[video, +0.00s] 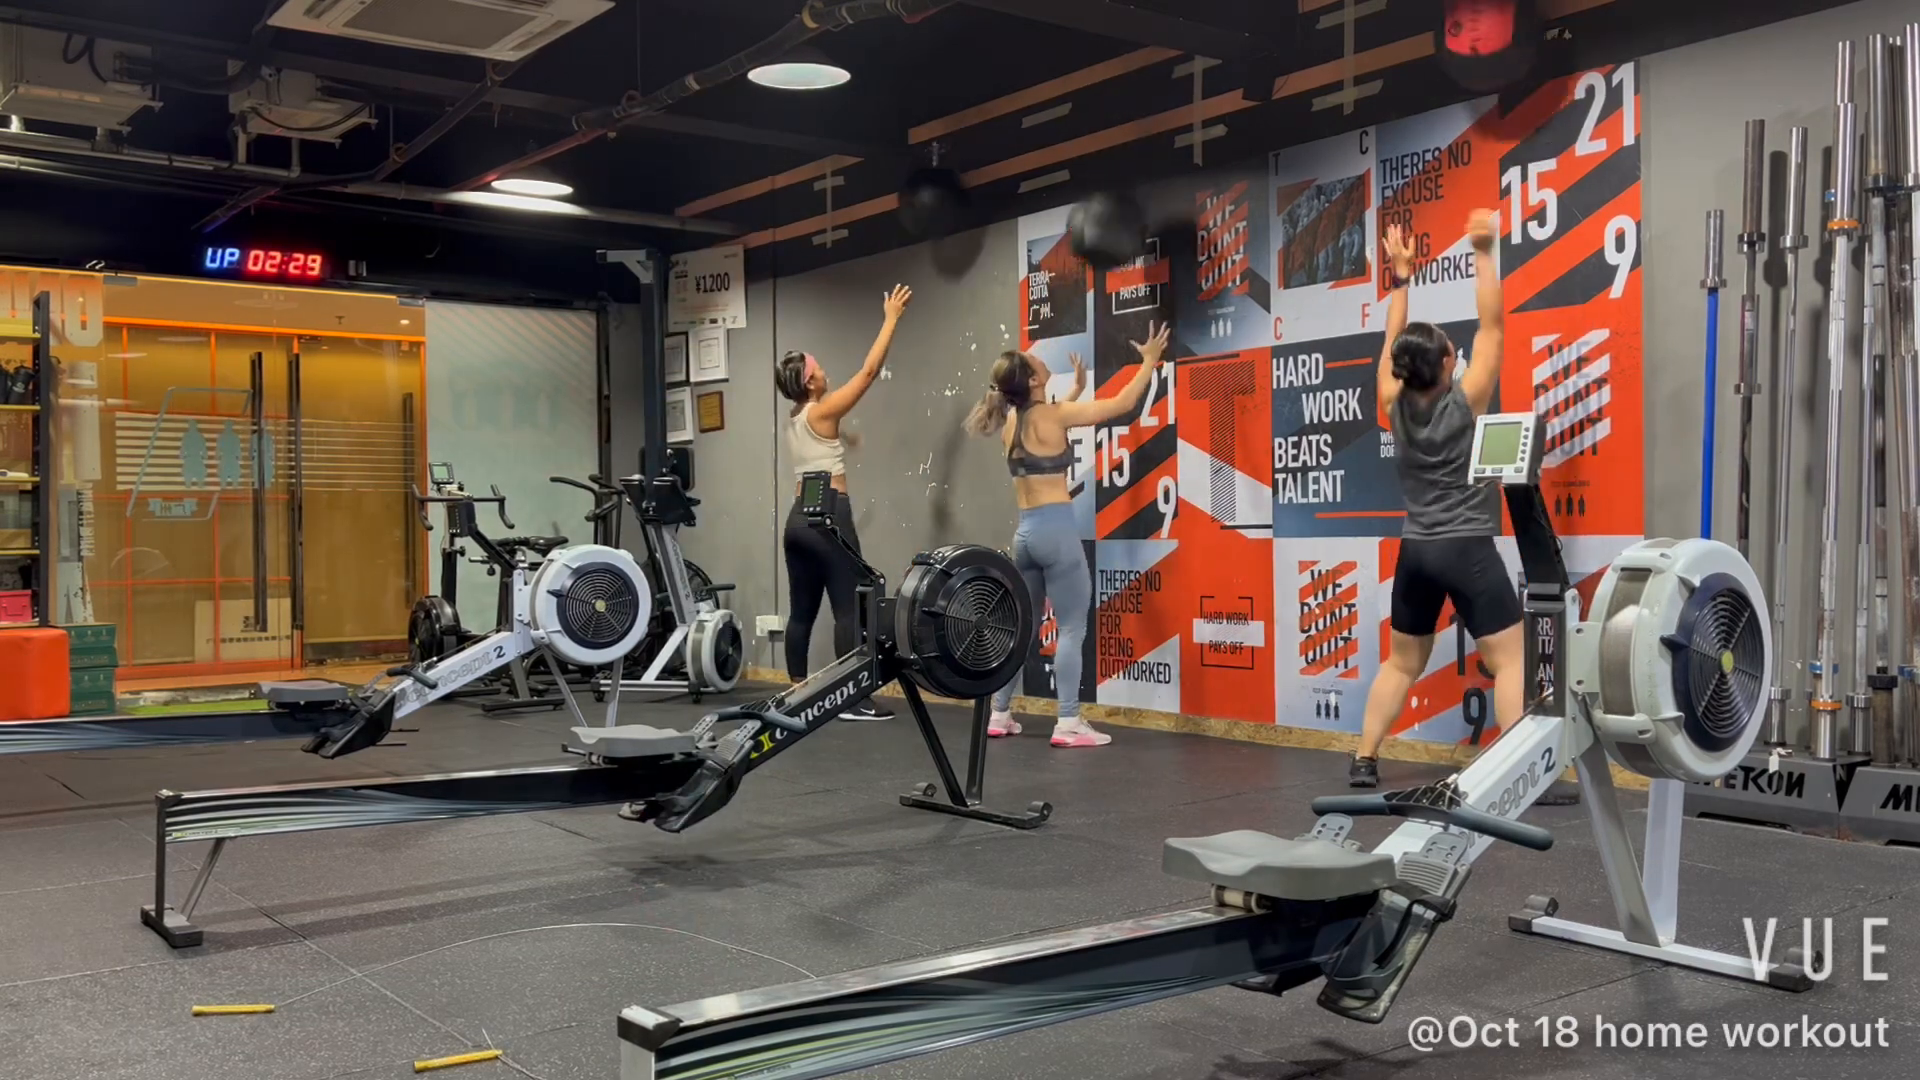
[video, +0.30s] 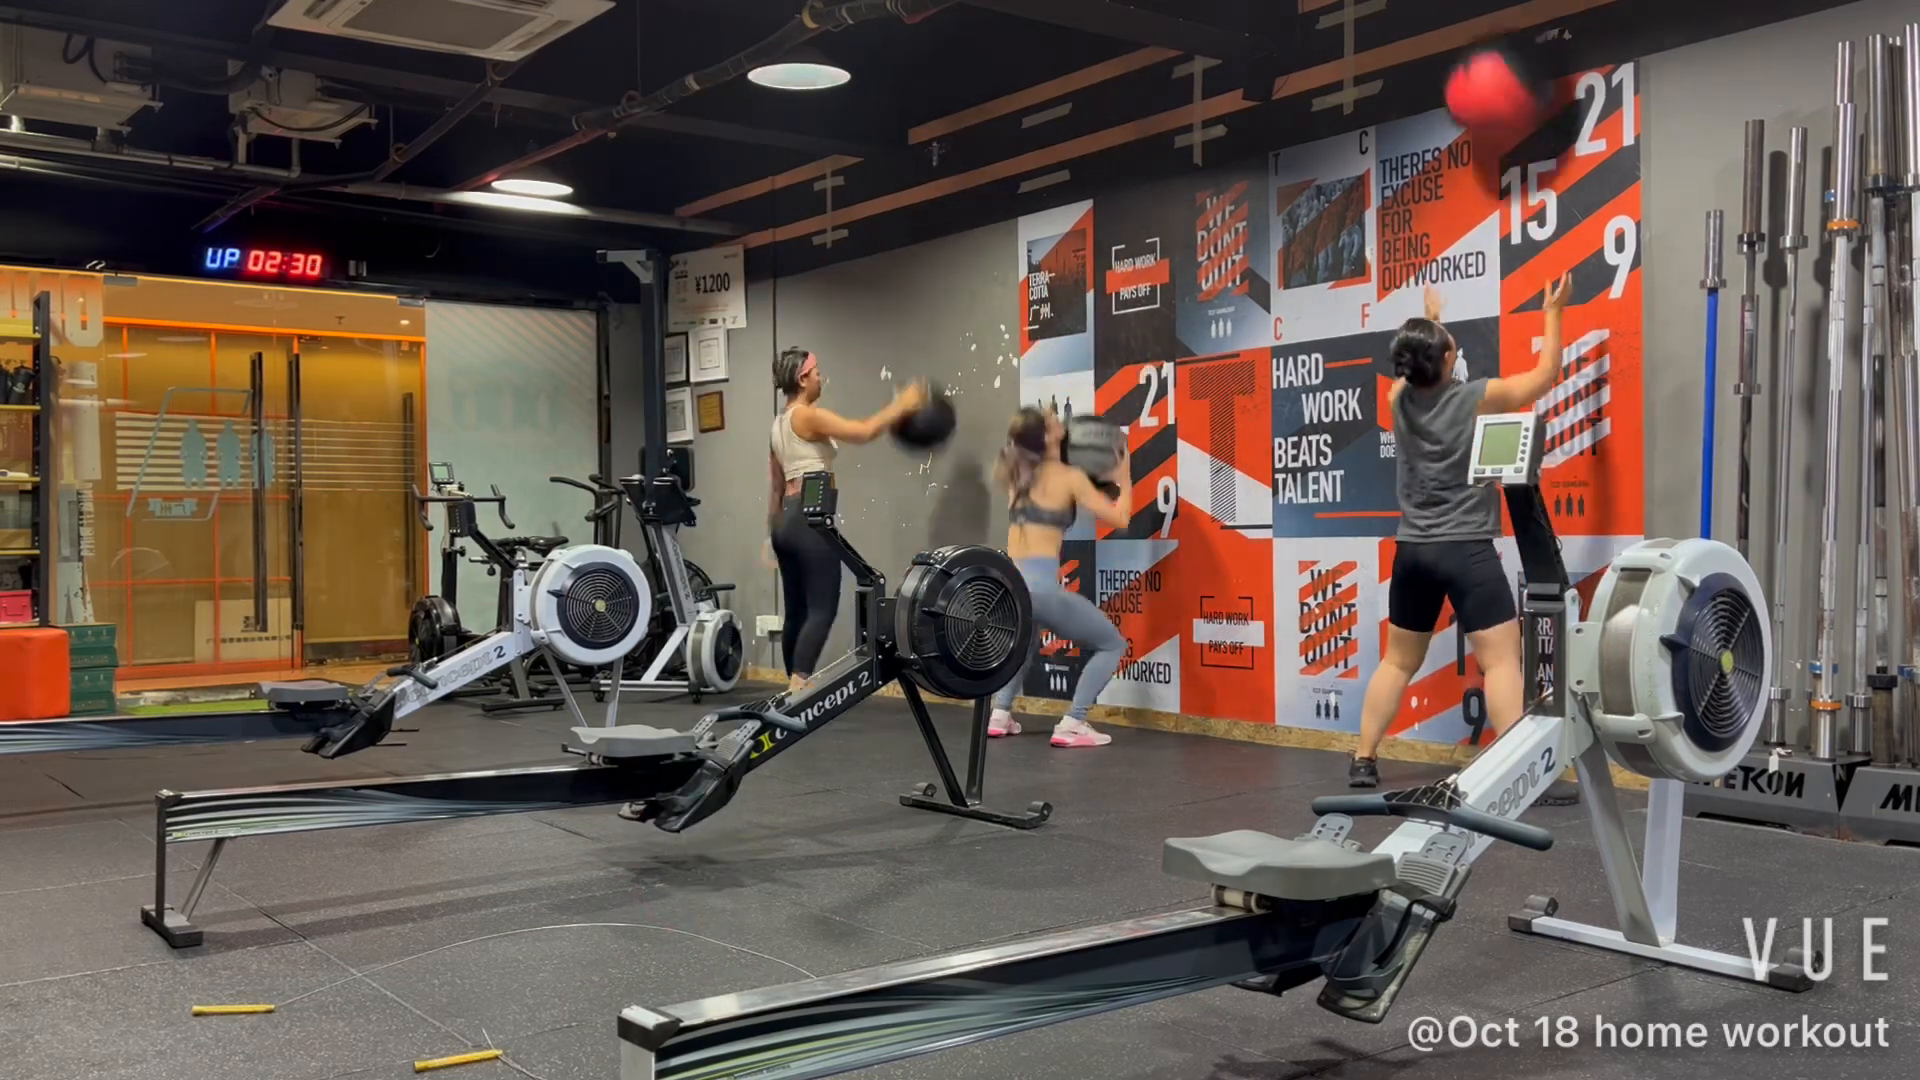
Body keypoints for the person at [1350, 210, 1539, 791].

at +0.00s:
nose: (1454, 352)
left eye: (1446, 348)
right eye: (1449, 349)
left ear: (1403, 369)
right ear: (1445, 365)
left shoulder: (1396, 406)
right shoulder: (1468, 400)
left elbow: (1392, 341)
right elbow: (1491, 325)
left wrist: (1401, 276)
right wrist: (1485, 251)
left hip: (1417, 553)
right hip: (1470, 552)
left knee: (1401, 661)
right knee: (1507, 663)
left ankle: (1363, 762)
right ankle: (1520, 776)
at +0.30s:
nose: (1453, 347)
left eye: (1449, 342)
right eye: (1449, 345)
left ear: (1412, 367)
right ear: (1447, 360)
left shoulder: (1401, 400)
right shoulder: (1478, 396)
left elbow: (1411, 370)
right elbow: (1546, 374)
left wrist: (1430, 327)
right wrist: (1554, 311)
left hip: (1414, 553)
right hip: (1469, 553)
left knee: (1398, 662)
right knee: (1499, 663)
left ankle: (1362, 763)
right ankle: (1522, 775)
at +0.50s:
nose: (1460, 336)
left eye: (1453, 334)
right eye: (1454, 338)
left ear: (1414, 371)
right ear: (1451, 364)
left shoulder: (1402, 414)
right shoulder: (1476, 407)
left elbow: (1437, 395)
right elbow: (1526, 414)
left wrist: (1451, 351)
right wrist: (1528, 354)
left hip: (1407, 561)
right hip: (1464, 562)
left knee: (1398, 665)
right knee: (1512, 662)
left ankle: (1363, 760)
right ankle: (1516, 772)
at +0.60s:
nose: (1454, 375)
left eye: (1450, 368)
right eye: (1449, 371)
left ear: (1407, 390)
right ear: (1444, 384)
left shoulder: (1400, 438)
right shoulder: (1468, 432)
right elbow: (1519, 457)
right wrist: (1536, 410)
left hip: (1403, 580)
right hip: (1461, 580)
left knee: (1398, 668)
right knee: (1525, 668)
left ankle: (1363, 763)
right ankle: (1520, 771)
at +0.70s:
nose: (1467, 415)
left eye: (1462, 408)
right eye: (1461, 410)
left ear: (1415, 426)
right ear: (1454, 419)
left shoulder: (1404, 471)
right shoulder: (1478, 469)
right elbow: (1506, 534)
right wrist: (1544, 489)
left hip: (1391, 607)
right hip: (1451, 608)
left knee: (1398, 674)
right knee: (1539, 669)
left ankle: (1363, 762)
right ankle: (1522, 773)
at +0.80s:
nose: (1473, 453)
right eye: (1471, 447)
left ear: (1421, 458)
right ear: (1465, 455)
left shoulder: (1413, 505)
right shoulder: (1488, 510)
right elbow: (1515, 579)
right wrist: (1547, 525)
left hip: (1385, 639)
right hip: (1448, 639)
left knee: (1392, 680)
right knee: (1545, 669)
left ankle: (1363, 762)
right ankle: (1534, 776)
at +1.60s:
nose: (1483, 421)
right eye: (1479, 417)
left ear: (1432, 430)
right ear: (1476, 423)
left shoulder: (1419, 475)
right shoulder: (1490, 479)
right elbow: (1520, 550)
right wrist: (1540, 494)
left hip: (1401, 600)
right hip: (1462, 601)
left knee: (1404, 671)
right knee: (1539, 670)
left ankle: (1365, 759)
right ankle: (1530, 776)